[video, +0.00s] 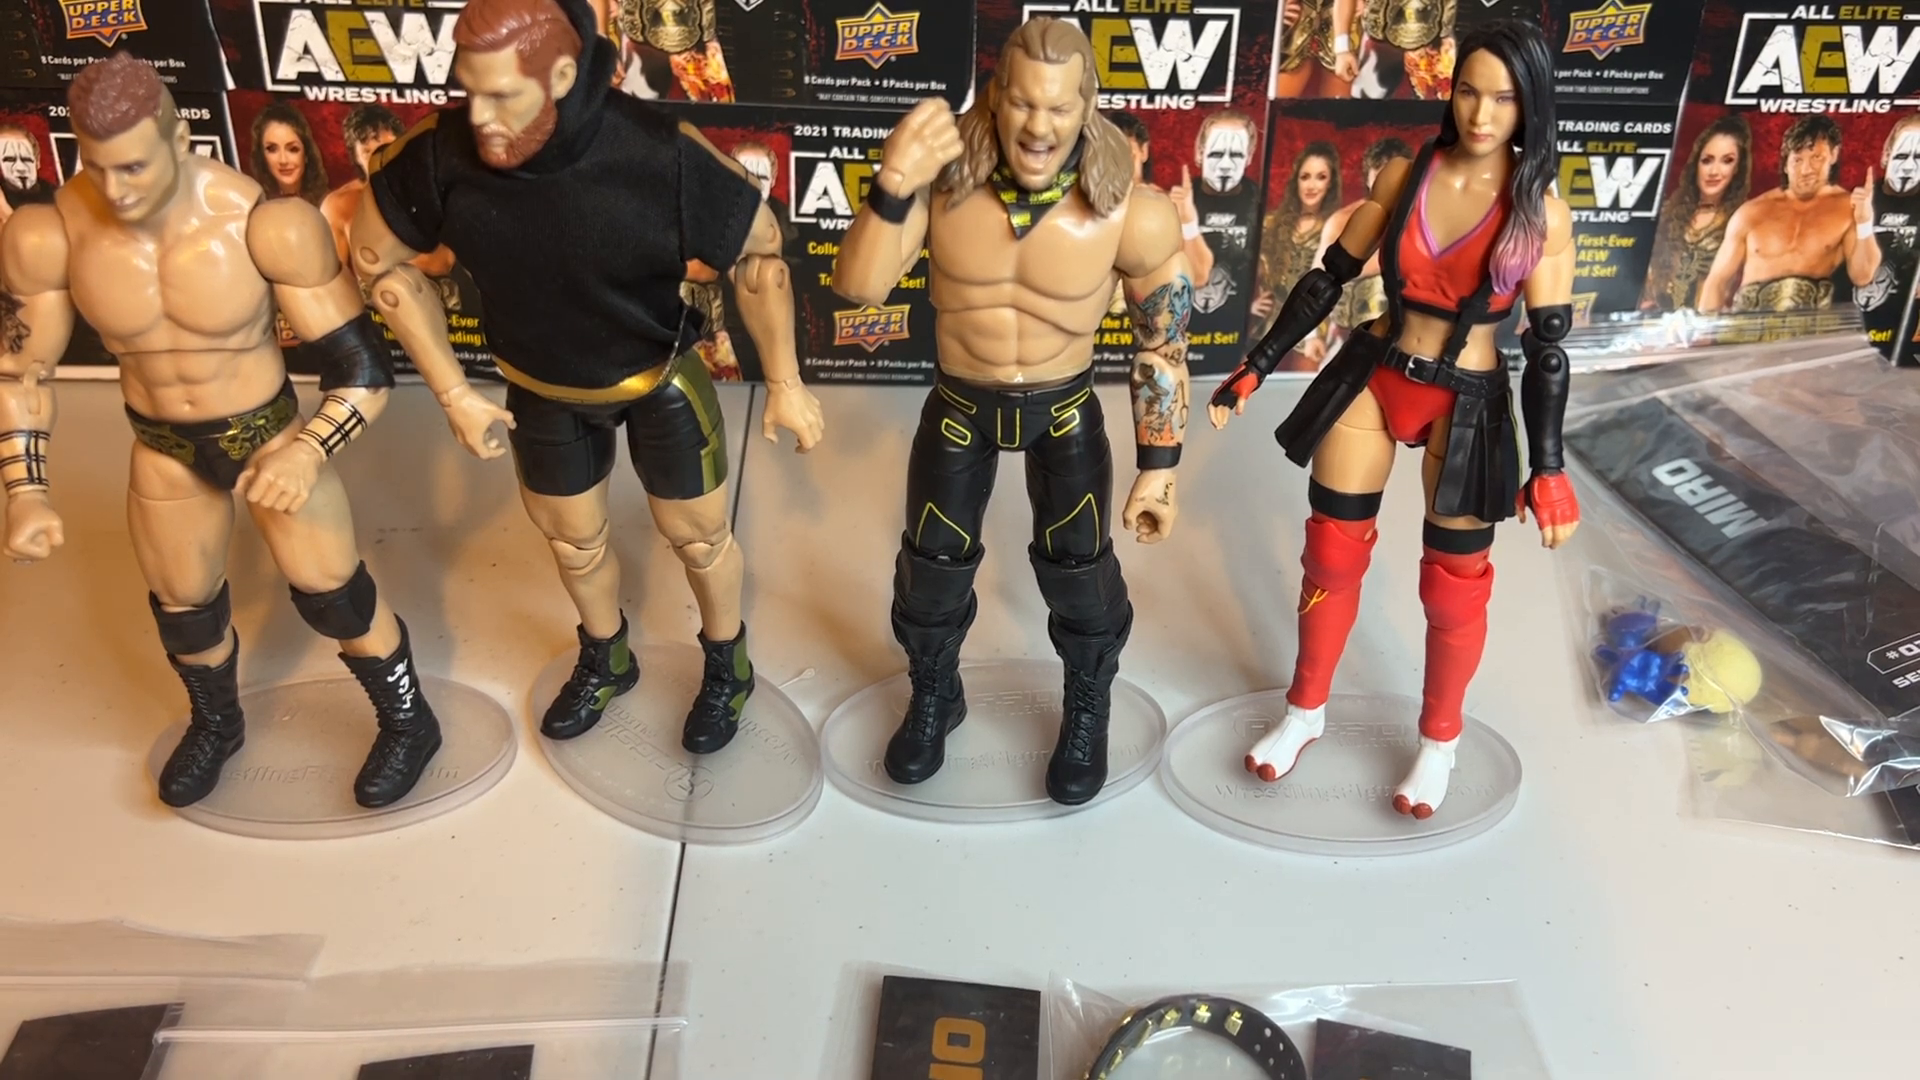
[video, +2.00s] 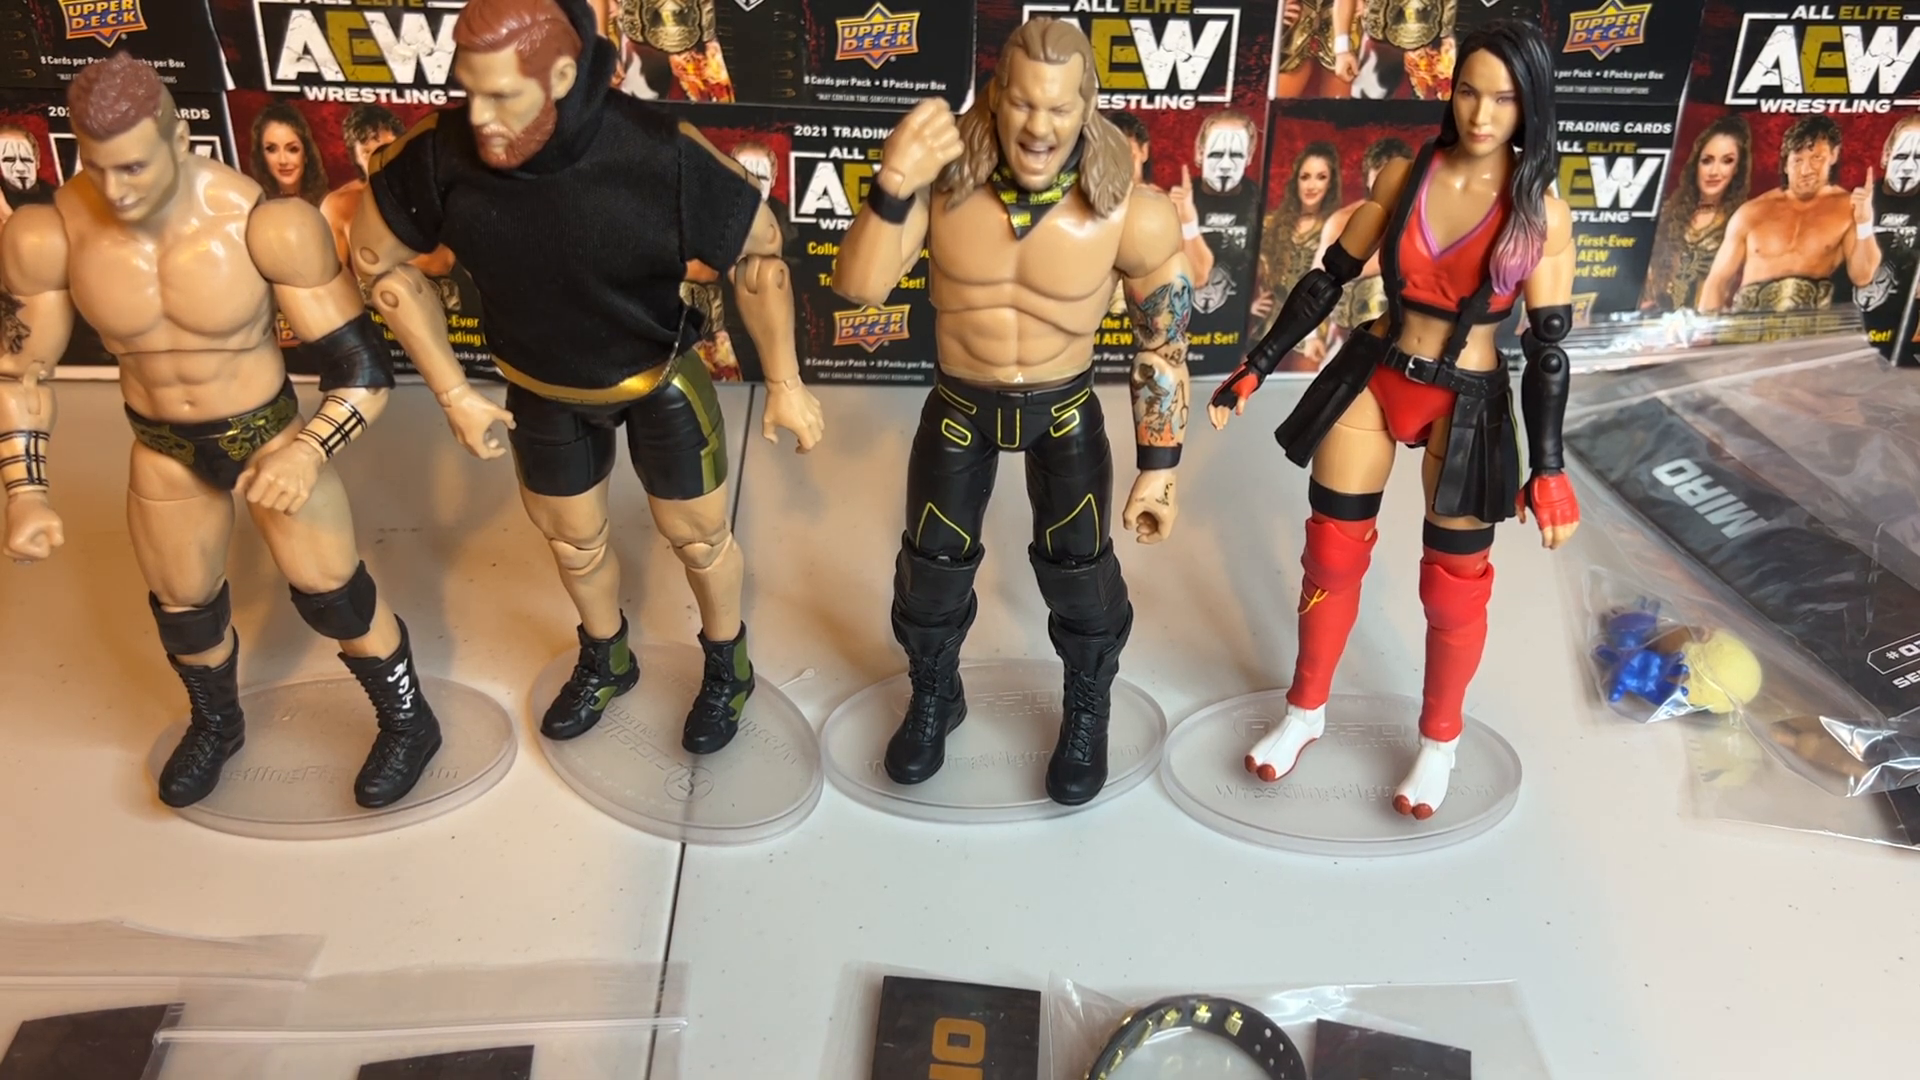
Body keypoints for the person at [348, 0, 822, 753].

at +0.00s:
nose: (481, 118)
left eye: (502, 96)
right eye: (468, 95)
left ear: (563, 76)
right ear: (457, 82)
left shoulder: (653, 154)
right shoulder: (443, 158)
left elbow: (757, 245)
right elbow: (372, 251)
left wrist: (784, 381)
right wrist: (453, 392)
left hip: (660, 380)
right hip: (541, 393)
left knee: (700, 540)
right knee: (575, 547)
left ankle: (726, 665)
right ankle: (607, 659)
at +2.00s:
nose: (481, 119)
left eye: (502, 96)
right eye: (468, 95)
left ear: (564, 76)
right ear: (456, 81)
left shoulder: (653, 155)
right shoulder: (442, 159)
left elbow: (757, 245)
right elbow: (372, 252)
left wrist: (784, 381)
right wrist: (453, 392)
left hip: (661, 382)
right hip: (542, 394)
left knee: (700, 540)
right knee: (575, 546)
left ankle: (726, 667)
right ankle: (607, 660)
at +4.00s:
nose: (481, 119)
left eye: (502, 96)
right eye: (468, 95)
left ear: (564, 76)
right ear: (456, 81)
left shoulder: (653, 155)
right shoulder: (442, 158)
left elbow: (757, 246)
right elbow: (373, 252)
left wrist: (784, 381)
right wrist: (452, 392)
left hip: (661, 382)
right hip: (542, 395)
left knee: (700, 541)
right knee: (575, 547)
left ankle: (726, 667)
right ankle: (607, 661)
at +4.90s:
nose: (481, 119)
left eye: (503, 96)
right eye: (468, 95)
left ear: (564, 76)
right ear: (457, 81)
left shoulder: (652, 155)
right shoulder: (443, 159)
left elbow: (757, 245)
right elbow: (372, 250)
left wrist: (784, 381)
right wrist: (452, 392)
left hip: (661, 382)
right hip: (542, 394)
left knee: (700, 539)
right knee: (575, 545)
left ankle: (726, 666)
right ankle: (607, 660)